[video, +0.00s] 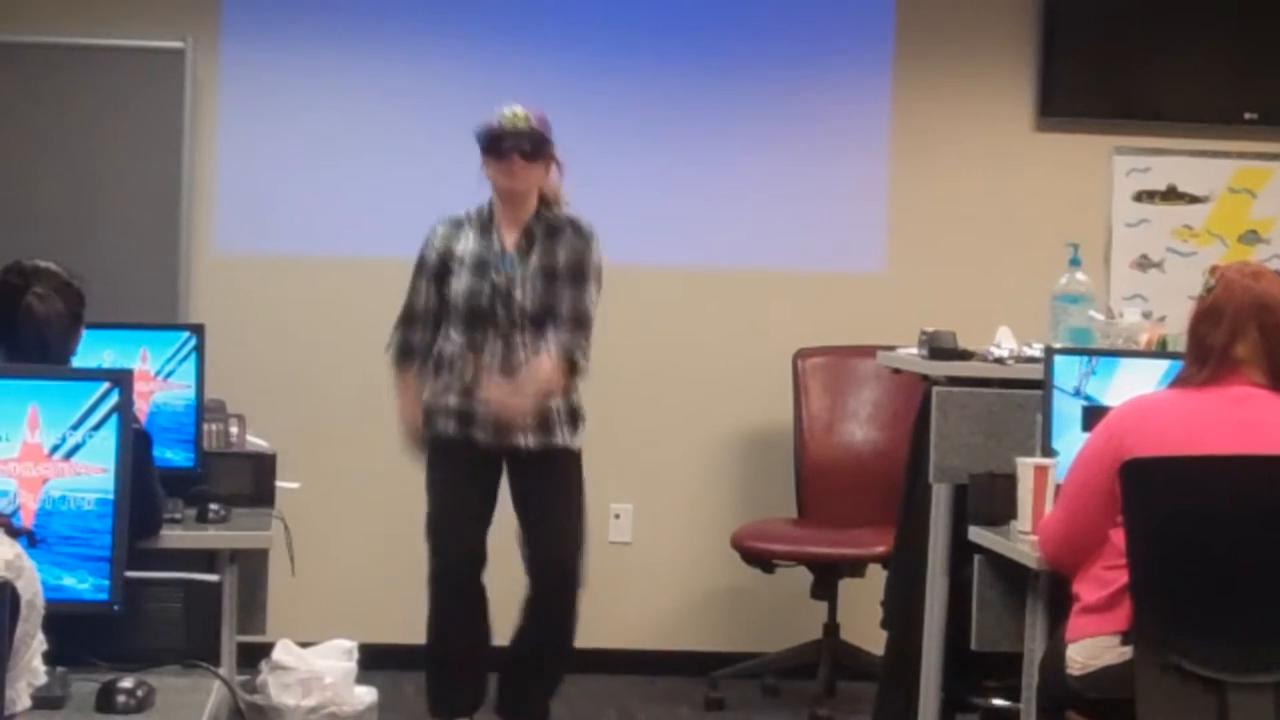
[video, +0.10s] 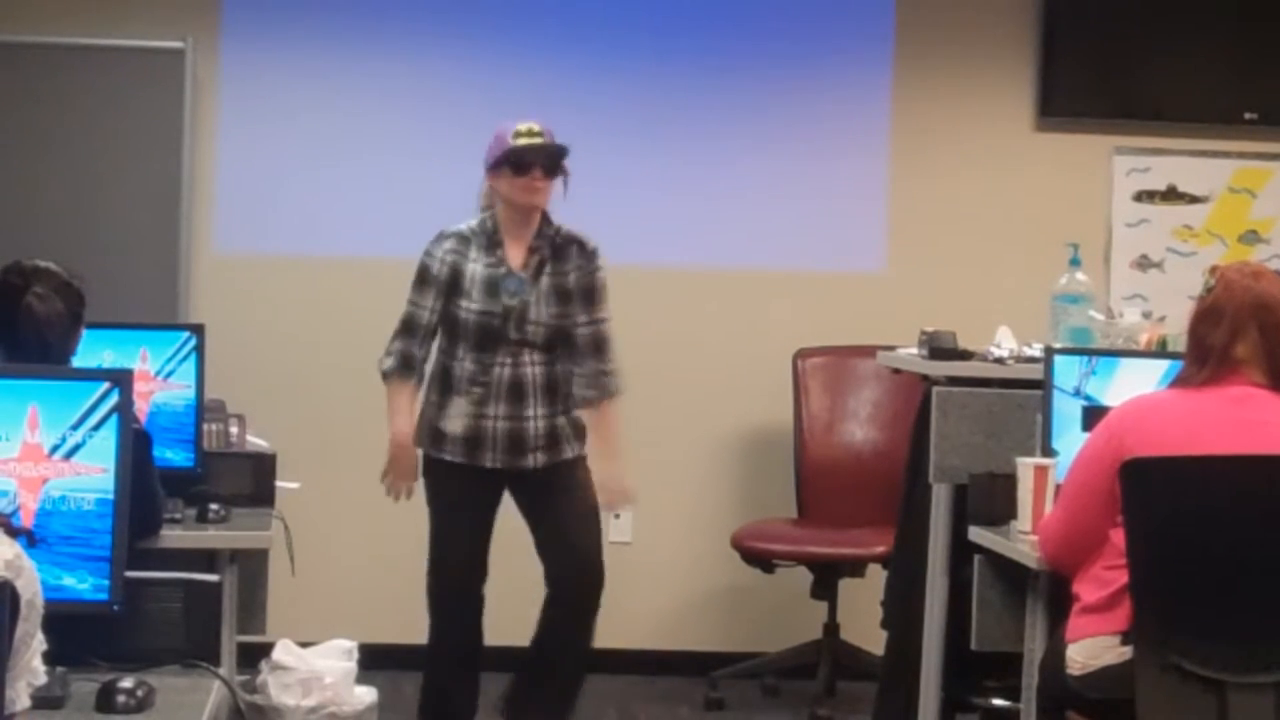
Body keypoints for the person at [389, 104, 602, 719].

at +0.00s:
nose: (511, 165)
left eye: (526, 155)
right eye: (499, 153)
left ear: (548, 166)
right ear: (483, 162)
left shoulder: (572, 240)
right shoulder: (449, 236)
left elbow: (572, 335)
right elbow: (414, 329)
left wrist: (526, 389)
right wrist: (411, 402)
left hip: (543, 430)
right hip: (457, 426)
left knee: (557, 572)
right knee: (453, 568)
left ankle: (524, 706)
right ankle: (454, 703)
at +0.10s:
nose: (536, 177)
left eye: (547, 168)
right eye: (521, 167)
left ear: (558, 180)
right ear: (492, 178)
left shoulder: (576, 257)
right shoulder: (450, 249)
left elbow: (594, 366)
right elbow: (407, 349)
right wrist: (400, 440)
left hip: (549, 450)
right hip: (460, 449)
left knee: (580, 580)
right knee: (454, 592)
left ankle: (533, 714)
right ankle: (446, 714)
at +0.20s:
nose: (556, 163)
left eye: (564, 154)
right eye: (540, 154)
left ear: (571, 164)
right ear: (506, 161)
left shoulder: (589, 240)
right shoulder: (465, 229)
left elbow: (632, 326)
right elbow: (424, 316)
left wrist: (667, 413)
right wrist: (440, 393)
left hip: (556, 433)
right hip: (471, 430)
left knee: (575, 569)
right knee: (458, 575)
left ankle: (569, 711)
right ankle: (437, 711)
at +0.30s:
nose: (571, 175)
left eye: (577, 165)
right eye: (555, 164)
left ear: (581, 173)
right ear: (519, 173)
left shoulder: (592, 243)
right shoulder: (487, 231)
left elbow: (640, 303)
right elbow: (456, 306)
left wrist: (692, 364)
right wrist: (500, 370)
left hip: (569, 441)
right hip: (484, 438)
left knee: (581, 579)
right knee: (464, 580)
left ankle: (578, 710)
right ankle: (439, 707)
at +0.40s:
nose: (582, 187)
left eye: (586, 177)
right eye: (565, 178)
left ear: (589, 187)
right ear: (525, 190)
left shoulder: (595, 263)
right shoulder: (494, 254)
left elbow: (639, 321)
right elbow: (497, 320)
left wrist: (682, 356)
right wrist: (556, 357)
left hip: (583, 455)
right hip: (497, 454)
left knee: (598, 589)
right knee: (483, 594)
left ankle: (560, 715)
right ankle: (455, 710)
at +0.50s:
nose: (589, 175)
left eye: (591, 165)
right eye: (572, 166)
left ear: (592, 175)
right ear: (529, 178)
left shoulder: (605, 247)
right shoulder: (494, 247)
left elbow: (632, 331)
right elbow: (510, 323)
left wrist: (655, 401)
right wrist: (574, 356)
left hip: (592, 446)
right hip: (505, 445)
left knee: (600, 591)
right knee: (495, 587)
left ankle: (570, 713)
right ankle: (489, 707)